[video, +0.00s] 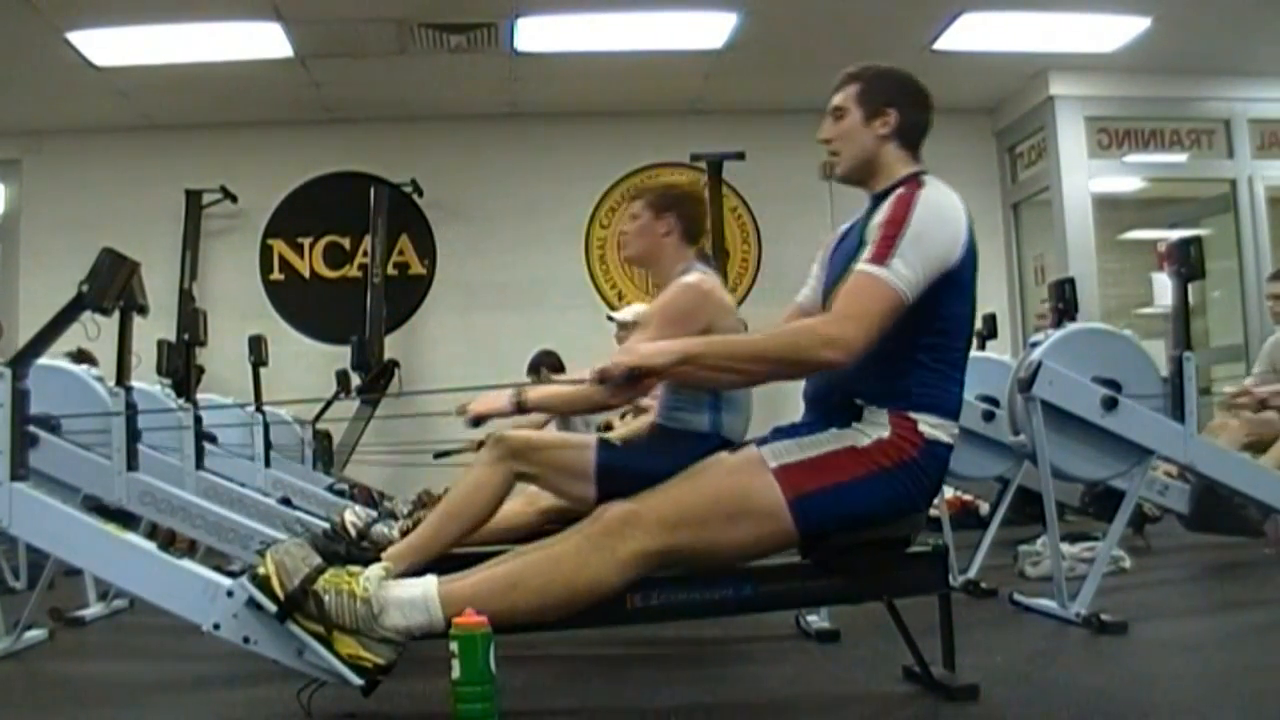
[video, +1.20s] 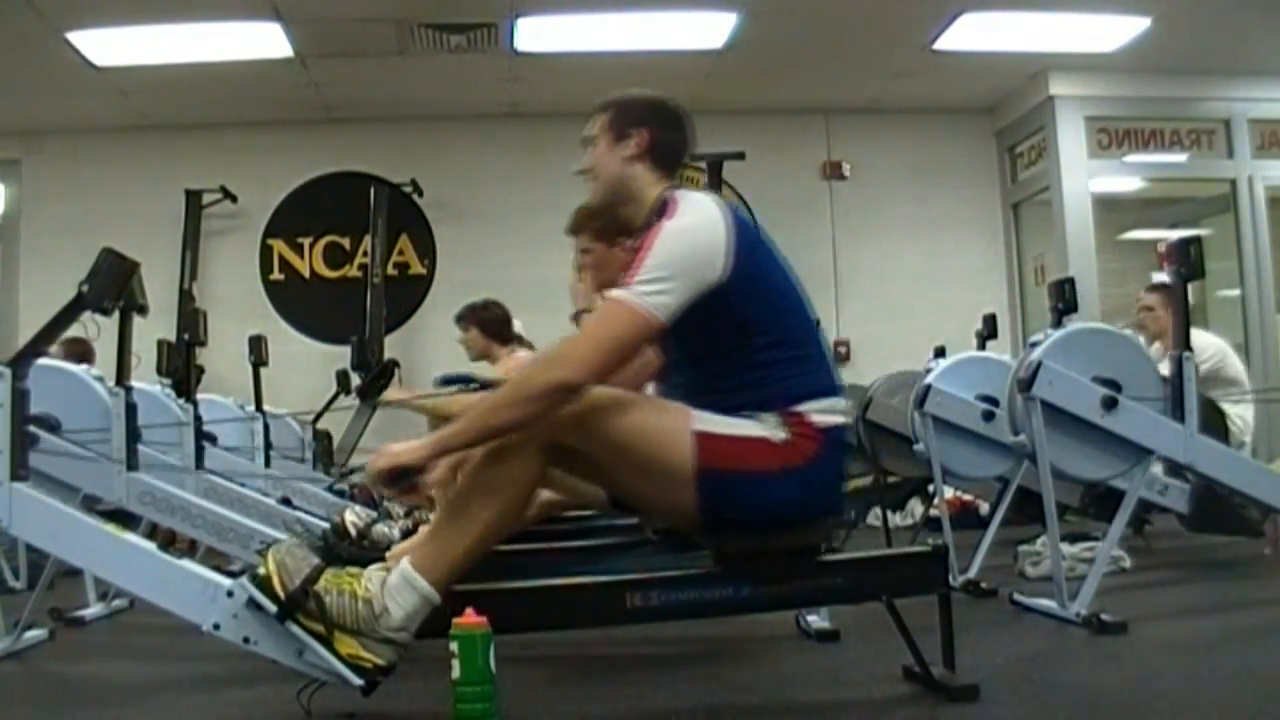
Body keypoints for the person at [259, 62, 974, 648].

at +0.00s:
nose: (822, 129)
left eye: (836, 115)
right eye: (826, 115)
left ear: (884, 124)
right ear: (873, 127)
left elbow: (837, 344)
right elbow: (789, 338)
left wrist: (662, 363)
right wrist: (665, 366)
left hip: (888, 441)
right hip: (830, 434)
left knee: (635, 525)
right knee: (609, 517)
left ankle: (396, 611)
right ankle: (397, 602)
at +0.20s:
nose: (841, 139)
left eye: (853, 121)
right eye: (842, 124)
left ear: (902, 122)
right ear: (895, 126)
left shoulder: (936, 201)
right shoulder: (897, 215)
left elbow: (928, 352)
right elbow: (879, 358)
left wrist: (772, 348)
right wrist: (765, 360)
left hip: (886, 439)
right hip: (849, 432)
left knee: (640, 530)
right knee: (632, 527)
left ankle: (402, 611)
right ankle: (404, 605)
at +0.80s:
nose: (770, 137)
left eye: (781, 120)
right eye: (772, 123)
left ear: (828, 122)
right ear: (828, 128)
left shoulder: (879, 204)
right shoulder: (836, 222)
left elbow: (873, 378)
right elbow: (827, 377)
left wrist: (714, 396)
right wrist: (704, 395)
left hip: (880, 444)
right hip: (840, 438)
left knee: (627, 506)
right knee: (604, 497)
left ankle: (397, 608)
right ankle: (392, 601)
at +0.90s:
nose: (736, 145)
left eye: (747, 126)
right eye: (738, 130)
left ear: (793, 125)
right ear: (790, 130)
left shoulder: (843, 204)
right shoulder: (805, 221)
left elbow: (797, 373)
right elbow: (765, 369)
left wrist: (638, 407)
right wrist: (644, 399)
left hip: (871, 444)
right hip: (823, 437)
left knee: (618, 484)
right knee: (601, 469)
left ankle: (398, 613)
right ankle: (389, 589)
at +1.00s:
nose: (692, 145)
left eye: (703, 126)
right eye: (694, 130)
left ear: (748, 127)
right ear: (748, 131)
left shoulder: (800, 208)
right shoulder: (761, 228)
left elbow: (717, 365)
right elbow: (702, 366)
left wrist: (568, 419)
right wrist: (564, 416)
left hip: (856, 448)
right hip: (808, 442)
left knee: (591, 458)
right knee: (573, 459)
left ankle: (398, 614)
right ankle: (386, 588)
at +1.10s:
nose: (637, 157)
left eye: (648, 138)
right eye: (641, 142)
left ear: (694, 138)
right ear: (697, 142)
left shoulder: (750, 215)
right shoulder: (713, 233)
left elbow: (638, 369)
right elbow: (649, 377)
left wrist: (488, 437)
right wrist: (499, 440)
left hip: (827, 449)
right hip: (774, 445)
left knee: (571, 442)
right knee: (552, 458)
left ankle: (395, 609)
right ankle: (385, 588)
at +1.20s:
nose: (582, 163)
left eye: (593, 143)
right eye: (586, 146)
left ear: (637, 147)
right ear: (639, 149)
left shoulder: (696, 224)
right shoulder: (673, 231)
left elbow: (563, 373)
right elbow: (584, 379)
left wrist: (428, 443)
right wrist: (456, 452)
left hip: (788, 455)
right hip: (748, 448)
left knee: (551, 408)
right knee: (536, 428)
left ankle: (391, 604)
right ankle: (388, 597)